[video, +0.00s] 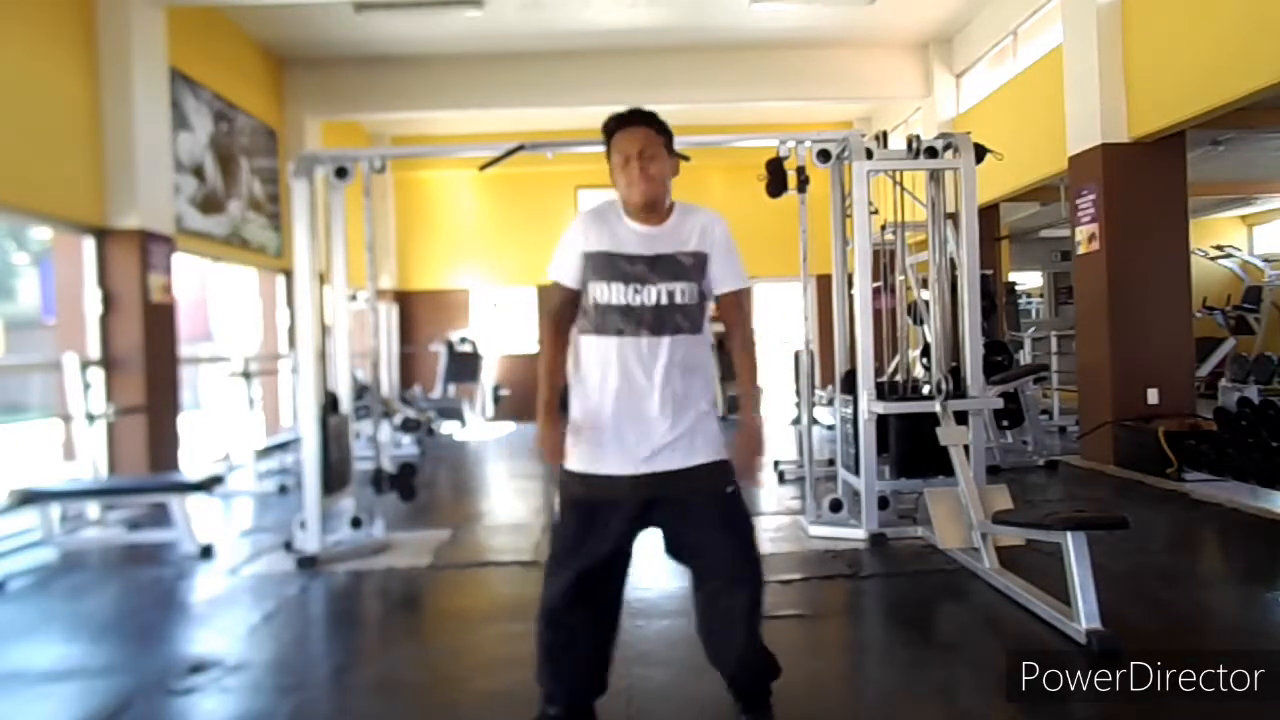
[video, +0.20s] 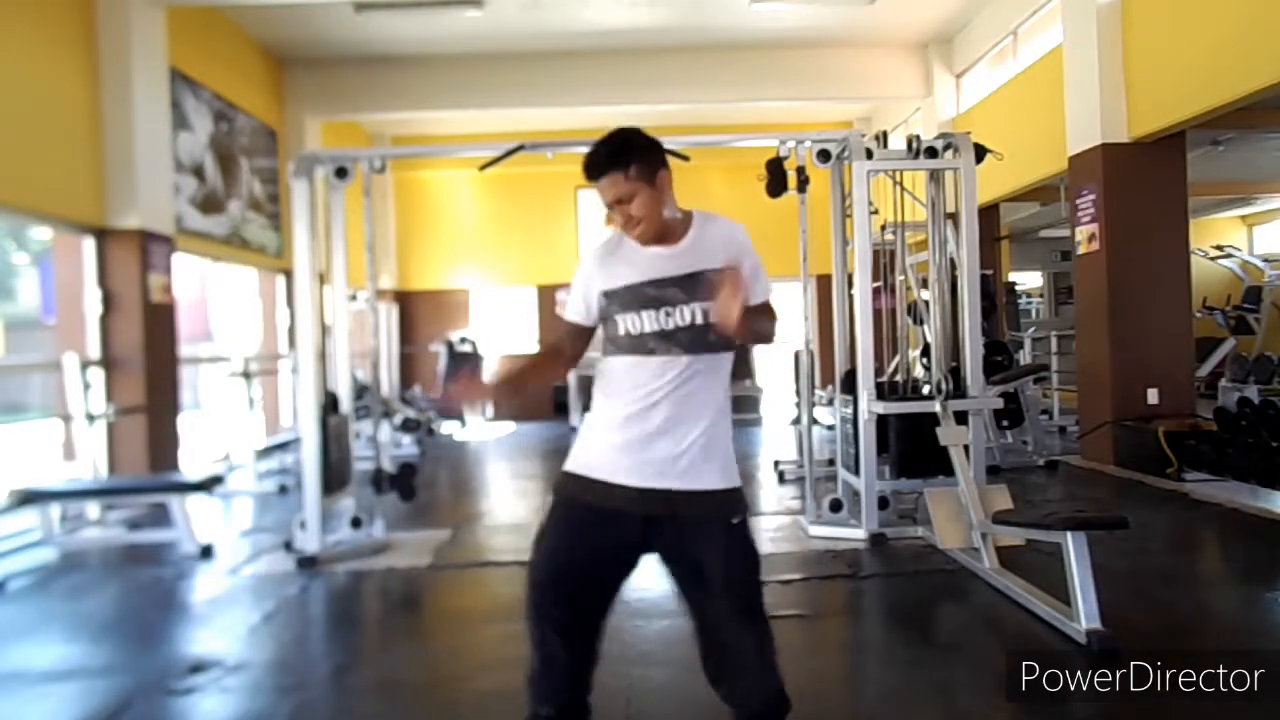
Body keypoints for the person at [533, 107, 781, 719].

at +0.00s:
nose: (639, 167)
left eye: (649, 155)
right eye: (626, 159)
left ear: (674, 163)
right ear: (611, 172)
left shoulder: (707, 230)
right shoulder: (586, 232)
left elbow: (738, 325)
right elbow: (556, 324)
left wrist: (748, 414)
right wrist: (548, 414)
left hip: (692, 448)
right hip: (600, 451)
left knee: (733, 578)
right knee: (574, 598)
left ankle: (753, 694)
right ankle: (565, 708)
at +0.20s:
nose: (617, 217)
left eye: (625, 201)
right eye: (608, 206)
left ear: (664, 178)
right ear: (603, 200)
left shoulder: (728, 242)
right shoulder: (601, 259)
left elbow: (766, 328)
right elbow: (563, 353)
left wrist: (738, 325)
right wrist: (497, 386)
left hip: (700, 485)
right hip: (601, 480)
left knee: (742, 650)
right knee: (556, 624)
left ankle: (766, 712)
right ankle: (556, 710)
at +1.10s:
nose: (647, 149)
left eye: (661, 135)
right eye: (629, 137)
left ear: (682, 148)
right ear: (610, 155)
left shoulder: (723, 232)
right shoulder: (585, 231)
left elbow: (741, 329)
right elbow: (539, 318)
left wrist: (814, 329)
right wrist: (558, 336)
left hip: (715, 479)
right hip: (608, 482)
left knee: (769, 664)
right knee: (575, 672)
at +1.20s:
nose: (650, 159)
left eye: (664, 144)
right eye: (633, 147)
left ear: (683, 156)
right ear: (613, 164)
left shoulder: (725, 240)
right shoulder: (587, 249)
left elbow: (769, 333)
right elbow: (531, 337)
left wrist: (816, 396)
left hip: (710, 484)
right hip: (601, 490)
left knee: (783, 656)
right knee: (567, 674)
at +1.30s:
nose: (657, 157)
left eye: (670, 142)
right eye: (639, 147)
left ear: (693, 154)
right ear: (620, 167)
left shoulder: (731, 233)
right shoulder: (594, 249)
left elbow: (757, 321)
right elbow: (547, 333)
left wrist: (758, 338)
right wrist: (485, 360)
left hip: (717, 491)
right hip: (608, 492)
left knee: (766, 678)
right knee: (565, 676)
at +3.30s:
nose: (675, 211)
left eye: (692, 198)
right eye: (661, 196)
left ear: (715, 178)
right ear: (642, 172)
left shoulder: (748, 235)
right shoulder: (608, 227)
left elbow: (771, 331)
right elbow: (563, 315)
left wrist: (805, 294)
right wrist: (531, 316)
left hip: (720, 483)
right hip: (612, 475)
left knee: (755, 679)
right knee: (551, 654)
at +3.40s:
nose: (674, 210)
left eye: (690, 197)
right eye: (661, 194)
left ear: (712, 180)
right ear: (641, 169)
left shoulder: (733, 238)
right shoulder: (601, 220)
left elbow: (752, 337)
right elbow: (558, 296)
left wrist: (815, 344)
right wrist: (564, 326)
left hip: (716, 471)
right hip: (610, 474)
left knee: (764, 662)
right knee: (576, 670)